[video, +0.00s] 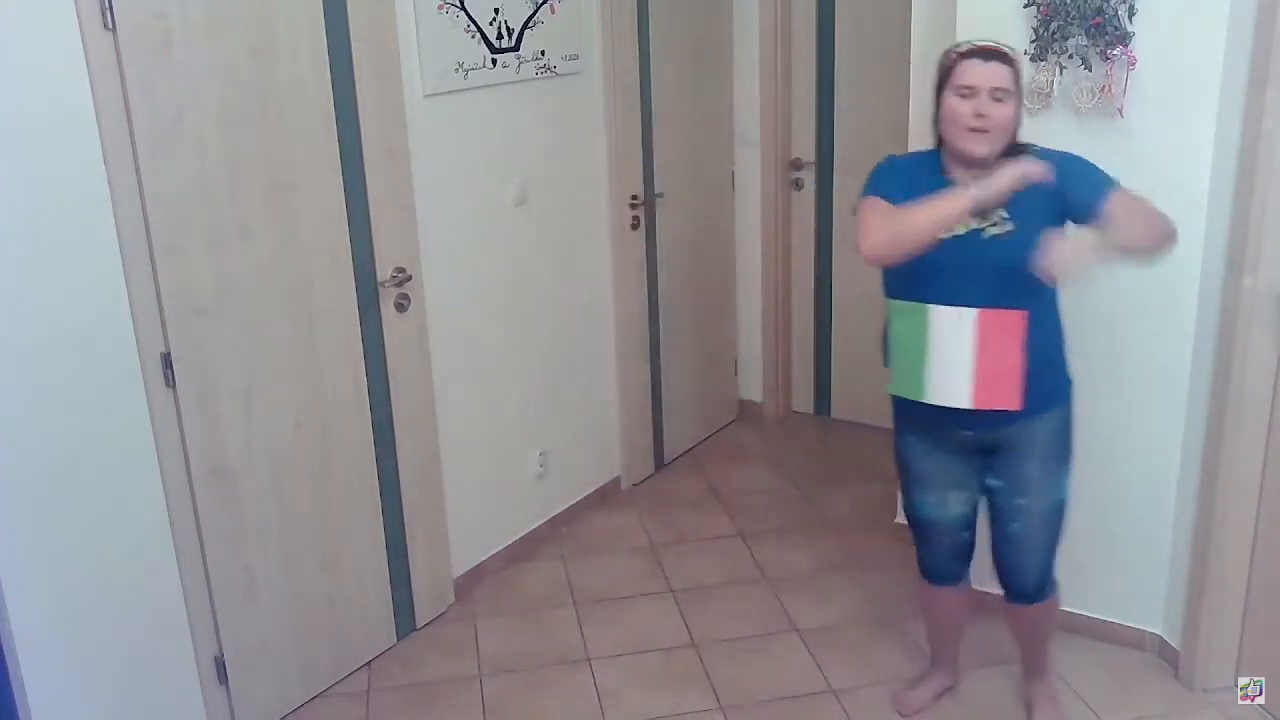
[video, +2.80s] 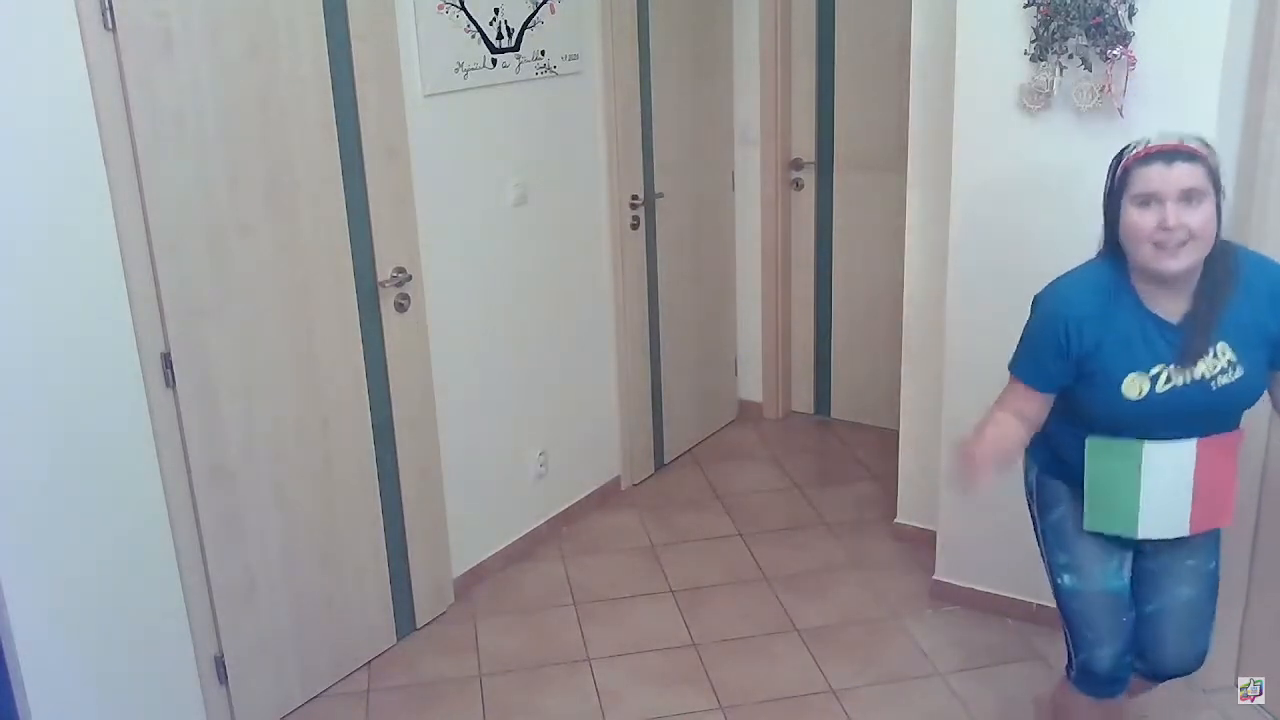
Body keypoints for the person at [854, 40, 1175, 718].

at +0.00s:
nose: (980, 110)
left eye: (998, 97)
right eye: (965, 94)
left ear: (1019, 112)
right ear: (938, 105)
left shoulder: (1051, 173)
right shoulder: (900, 175)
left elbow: (1156, 228)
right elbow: (873, 244)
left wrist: (1092, 241)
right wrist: (981, 193)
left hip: (1029, 413)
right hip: (930, 412)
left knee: (1028, 575)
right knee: (941, 563)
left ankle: (1038, 680)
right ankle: (944, 669)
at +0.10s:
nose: (999, 127)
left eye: (1017, 114)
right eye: (984, 110)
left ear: (1037, 123)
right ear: (957, 116)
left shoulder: (1074, 192)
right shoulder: (917, 190)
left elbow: (1147, 275)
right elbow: (890, 283)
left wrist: (1138, 285)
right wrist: (1000, 253)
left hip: (1053, 424)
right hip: (951, 424)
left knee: (1044, 577)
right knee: (946, 572)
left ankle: (1040, 679)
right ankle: (943, 670)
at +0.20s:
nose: (1032, 155)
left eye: (1048, 139)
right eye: (1015, 139)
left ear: (1070, 140)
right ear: (989, 140)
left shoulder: (1106, 213)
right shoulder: (948, 217)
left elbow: (1140, 319)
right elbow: (907, 324)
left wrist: (1191, 364)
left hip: (1087, 446)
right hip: (986, 443)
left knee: (1058, 592)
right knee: (963, 609)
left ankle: (1037, 685)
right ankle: (948, 676)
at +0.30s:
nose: (1056, 152)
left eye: (1073, 135)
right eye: (1038, 135)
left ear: (1098, 134)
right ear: (1013, 135)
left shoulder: (1137, 206)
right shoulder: (967, 213)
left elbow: (1185, 316)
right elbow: (920, 317)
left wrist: (1246, 411)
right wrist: (899, 421)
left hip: (1102, 439)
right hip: (1001, 440)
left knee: (1064, 581)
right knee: (1006, 606)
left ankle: (1039, 679)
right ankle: (1004, 709)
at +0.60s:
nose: (1109, 198)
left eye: (1129, 178)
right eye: (1088, 181)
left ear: (1156, 185)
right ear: (1059, 191)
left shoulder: (1195, 259)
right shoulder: (1018, 283)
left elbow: (1241, 369)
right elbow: (948, 391)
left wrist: (1279, 438)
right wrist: (890, 486)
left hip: (1137, 465)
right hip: (1034, 468)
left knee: (1124, 615)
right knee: (1065, 632)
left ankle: (1049, 652)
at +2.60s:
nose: (1165, 234)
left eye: (1186, 212)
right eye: (1142, 213)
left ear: (1215, 220)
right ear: (1113, 222)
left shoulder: (1261, 292)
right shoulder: (1069, 314)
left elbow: (1274, 384)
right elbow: (1007, 435)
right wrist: (956, 538)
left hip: (1193, 480)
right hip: (1079, 482)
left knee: (1194, 649)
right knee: (1102, 664)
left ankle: (1095, 678)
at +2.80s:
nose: (1170, 220)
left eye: (1190, 199)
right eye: (1147, 202)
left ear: (1217, 211)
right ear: (1116, 218)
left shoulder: (1261, 290)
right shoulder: (1071, 305)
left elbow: (1274, 385)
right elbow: (1018, 410)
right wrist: (988, 449)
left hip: (1194, 475)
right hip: (1079, 477)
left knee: (1174, 655)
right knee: (1105, 665)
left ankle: (1084, 700)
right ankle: (1059, 708)